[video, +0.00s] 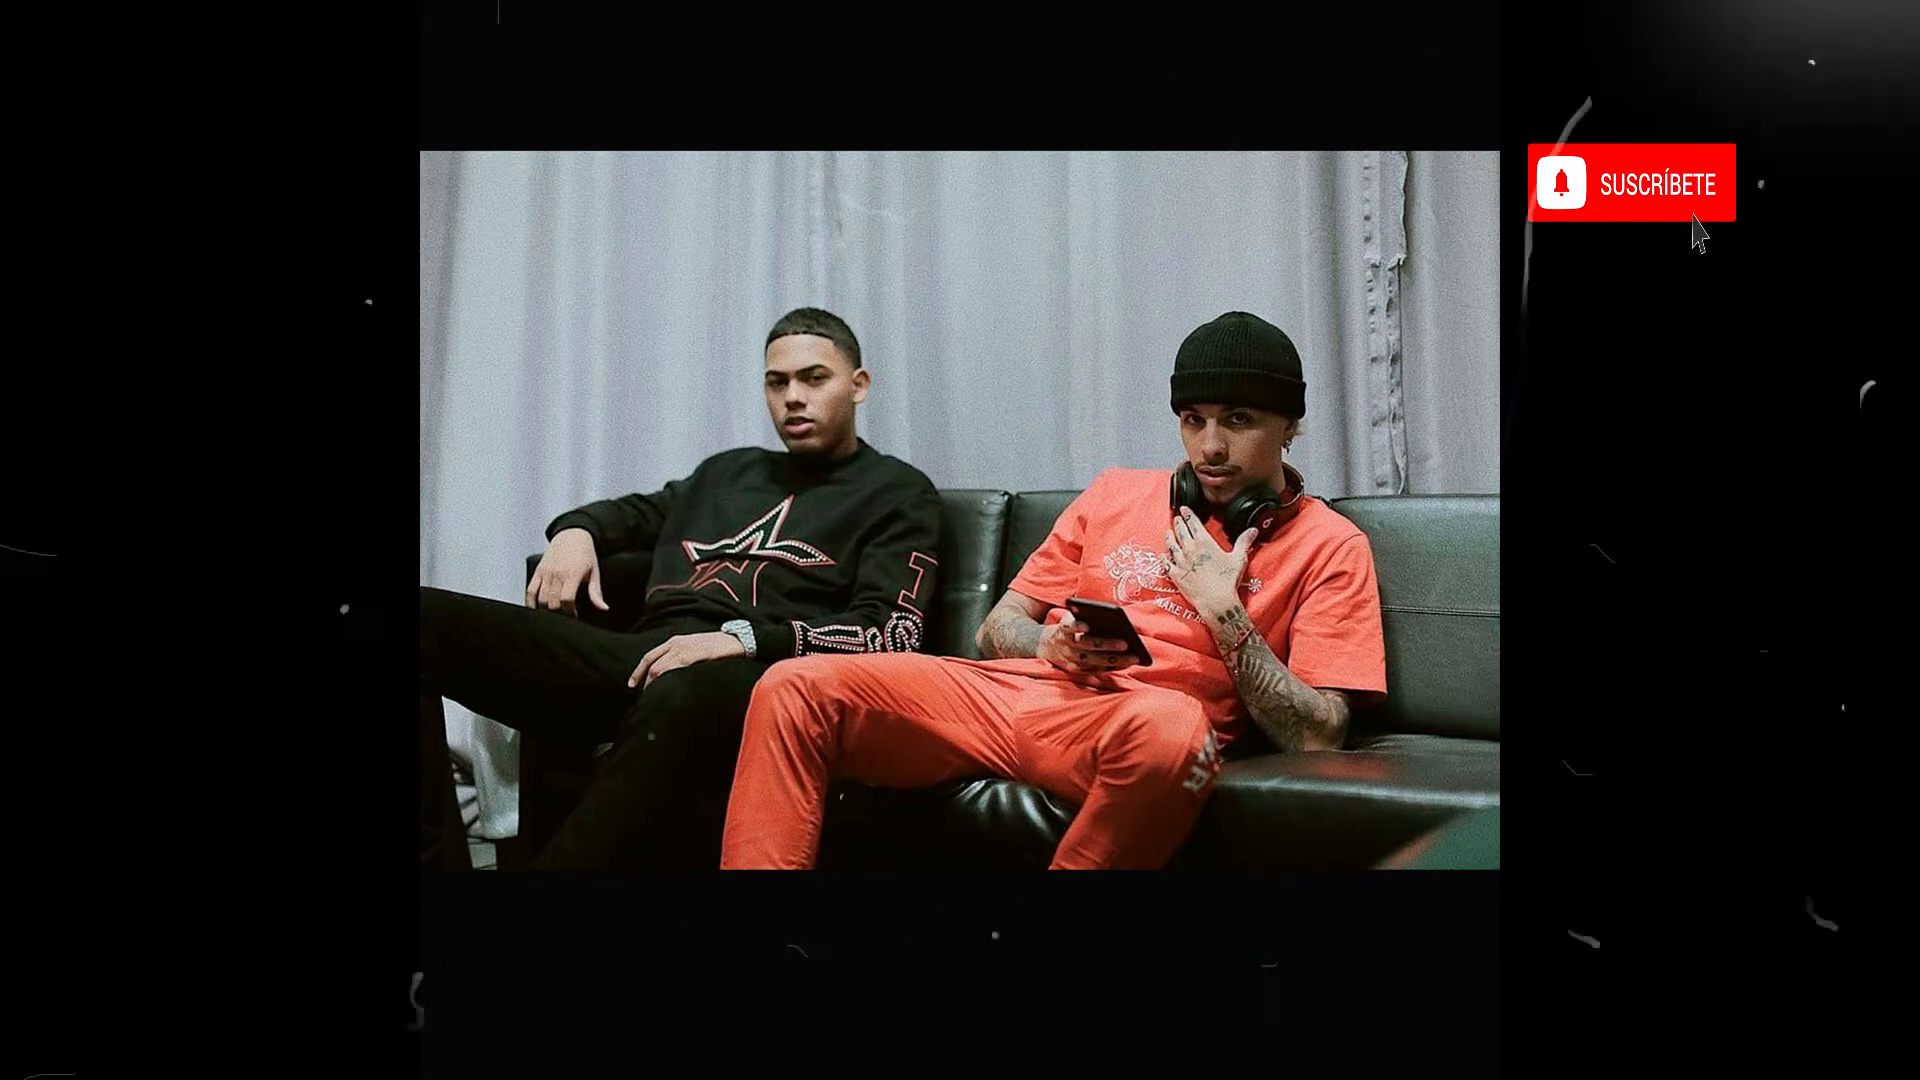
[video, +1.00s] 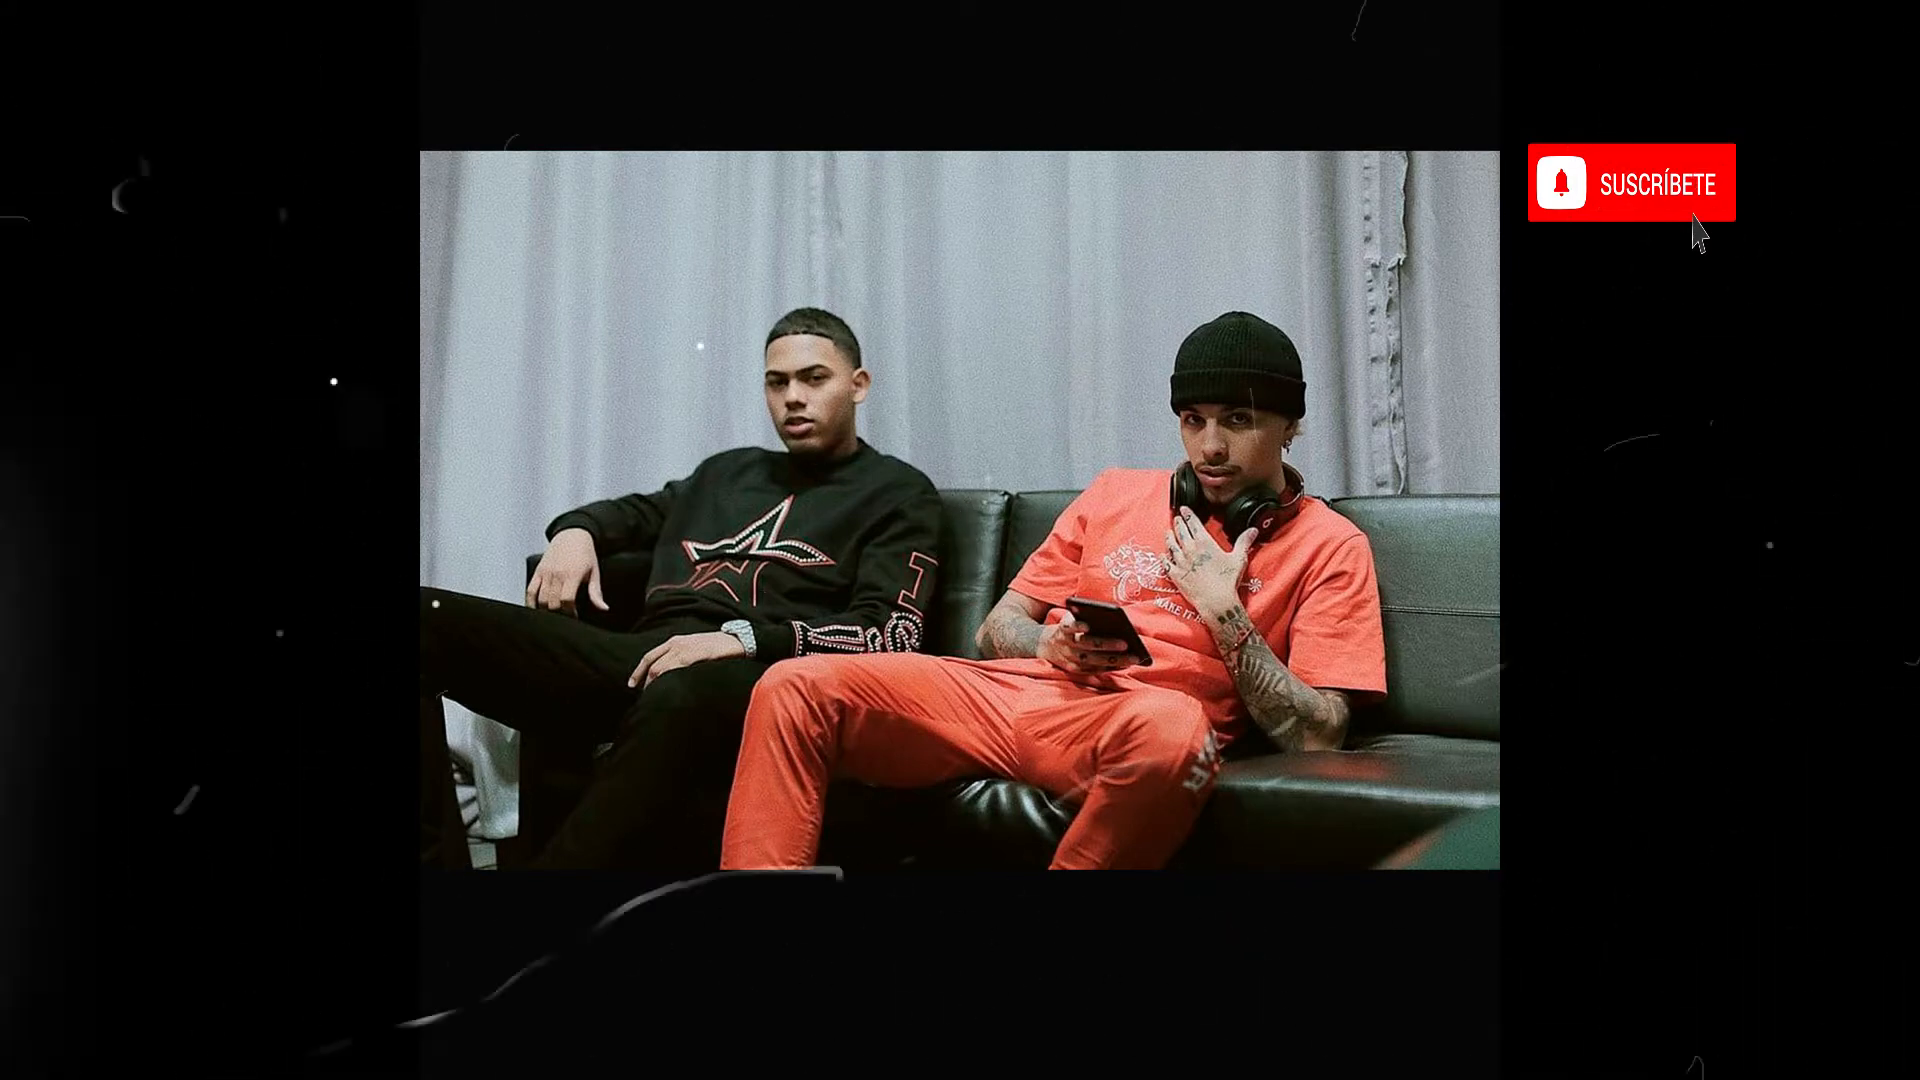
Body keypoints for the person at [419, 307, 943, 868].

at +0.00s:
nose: (793, 399)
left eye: (813, 379)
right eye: (779, 382)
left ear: (859, 385)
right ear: (765, 391)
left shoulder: (899, 493)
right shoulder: (728, 472)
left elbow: (893, 635)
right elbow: (640, 515)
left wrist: (745, 638)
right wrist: (575, 530)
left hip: (770, 681)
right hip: (638, 653)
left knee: (683, 699)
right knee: (424, 618)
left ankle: (560, 874)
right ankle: (441, 860)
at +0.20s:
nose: (793, 399)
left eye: (813, 379)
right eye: (779, 382)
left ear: (859, 385)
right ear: (765, 391)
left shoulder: (899, 493)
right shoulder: (728, 471)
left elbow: (893, 634)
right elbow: (640, 515)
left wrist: (745, 638)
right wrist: (575, 530)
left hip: (769, 680)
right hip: (638, 654)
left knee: (679, 699)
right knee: (425, 617)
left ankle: (553, 878)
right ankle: (439, 858)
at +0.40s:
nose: (793, 399)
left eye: (813, 379)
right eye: (779, 382)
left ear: (859, 385)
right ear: (765, 391)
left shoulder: (899, 493)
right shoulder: (728, 472)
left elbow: (893, 634)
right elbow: (640, 515)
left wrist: (744, 638)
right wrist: (575, 529)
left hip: (770, 680)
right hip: (639, 653)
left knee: (680, 699)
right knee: (425, 618)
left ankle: (561, 873)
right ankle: (438, 858)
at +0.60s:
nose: (793, 399)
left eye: (813, 379)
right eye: (779, 382)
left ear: (859, 385)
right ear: (765, 391)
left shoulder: (900, 493)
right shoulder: (728, 472)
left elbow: (893, 634)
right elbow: (640, 515)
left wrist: (744, 638)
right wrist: (575, 530)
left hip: (769, 681)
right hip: (637, 653)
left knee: (683, 698)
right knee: (425, 617)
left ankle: (561, 873)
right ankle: (439, 856)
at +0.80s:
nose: (793, 399)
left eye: (813, 379)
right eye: (779, 382)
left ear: (859, 385)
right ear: (765, 390)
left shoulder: (899, 493)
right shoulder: (728, 471)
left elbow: (893, 634)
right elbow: (641, 515)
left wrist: (742, 639)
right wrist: (574, 530)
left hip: (769, 681)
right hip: (636, 653)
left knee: (683, 699)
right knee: (425, 617)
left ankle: (562, 871)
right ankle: (441, 855)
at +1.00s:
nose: (792, 399)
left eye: (813, 379)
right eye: (778, 382)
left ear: (859, 385)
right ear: (765, 390)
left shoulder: (899, 493)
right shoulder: (728, 472)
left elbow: (892, 633)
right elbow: (641, 516)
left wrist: (743, 639)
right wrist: (575, 529)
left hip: (769, 681)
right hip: (638, 653)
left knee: (683, 701)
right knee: (428, 617)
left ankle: (550, 898)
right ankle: (442, 866)